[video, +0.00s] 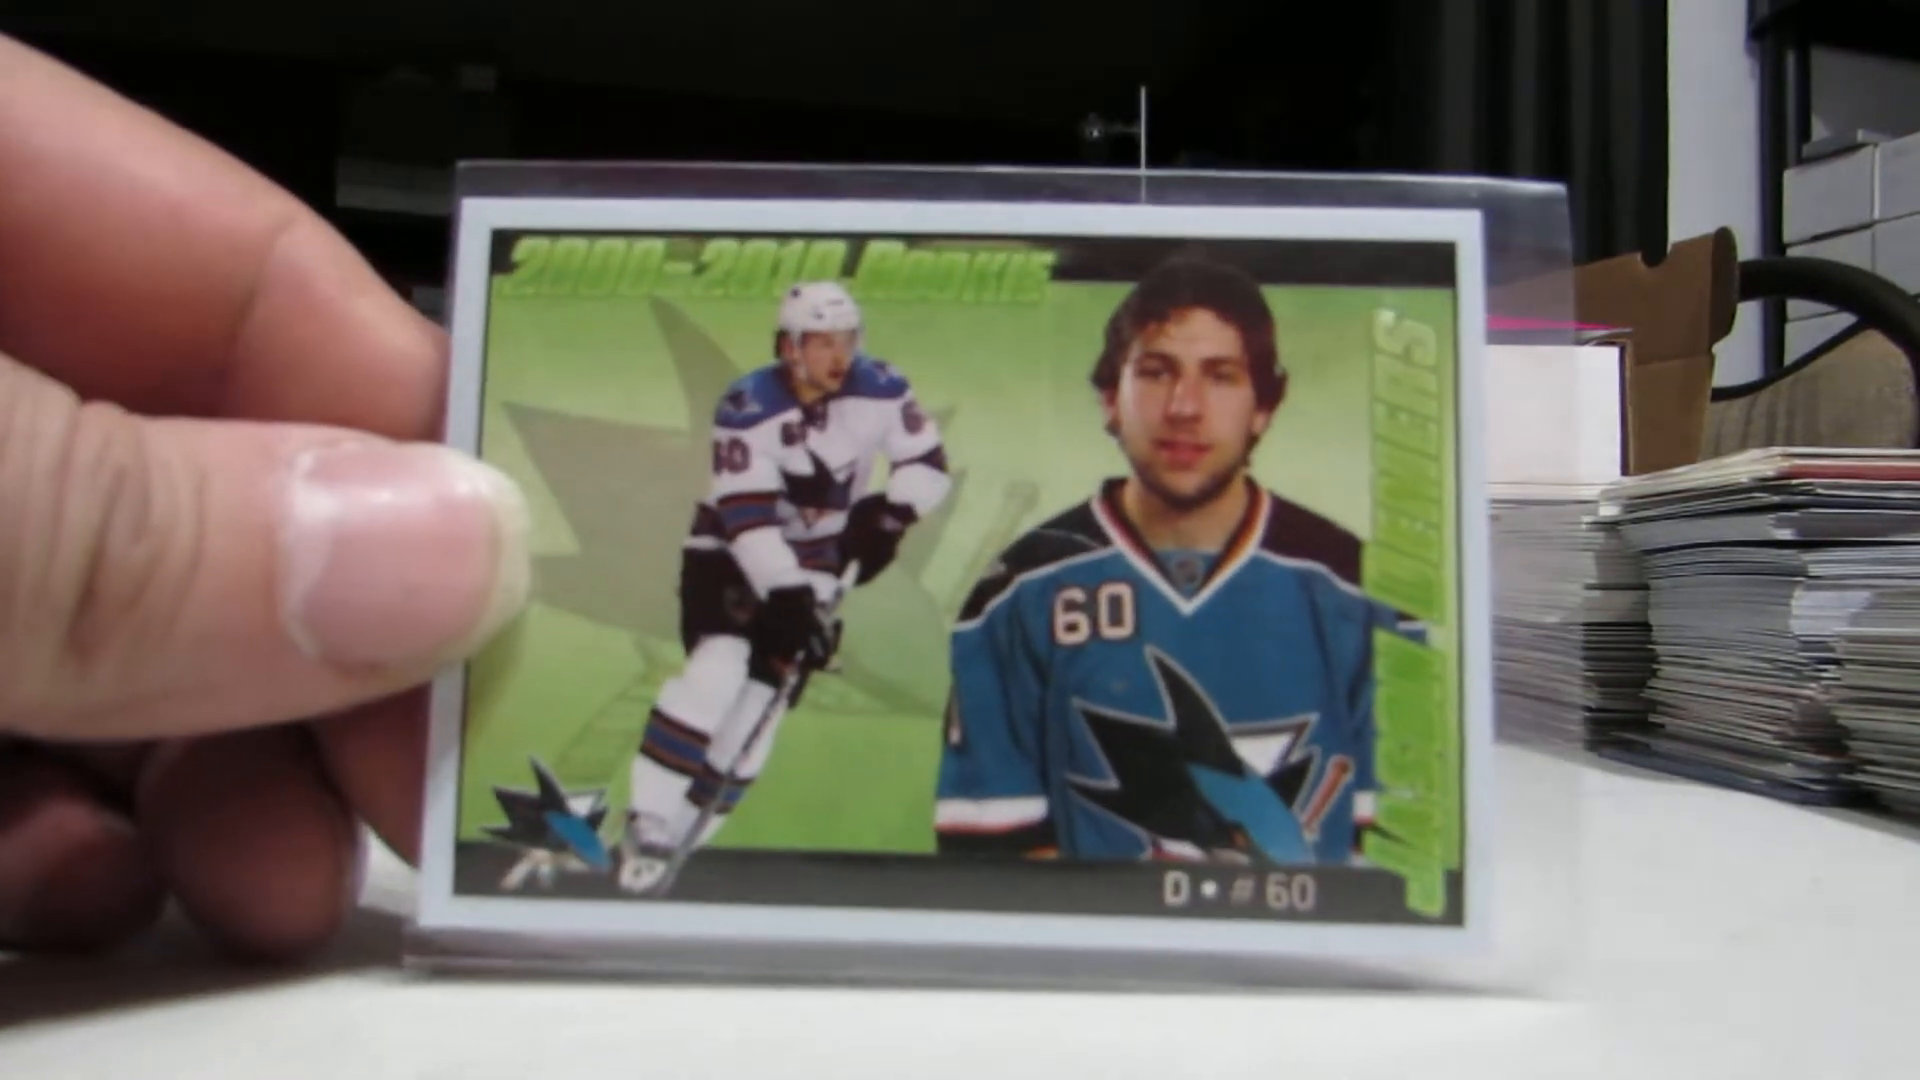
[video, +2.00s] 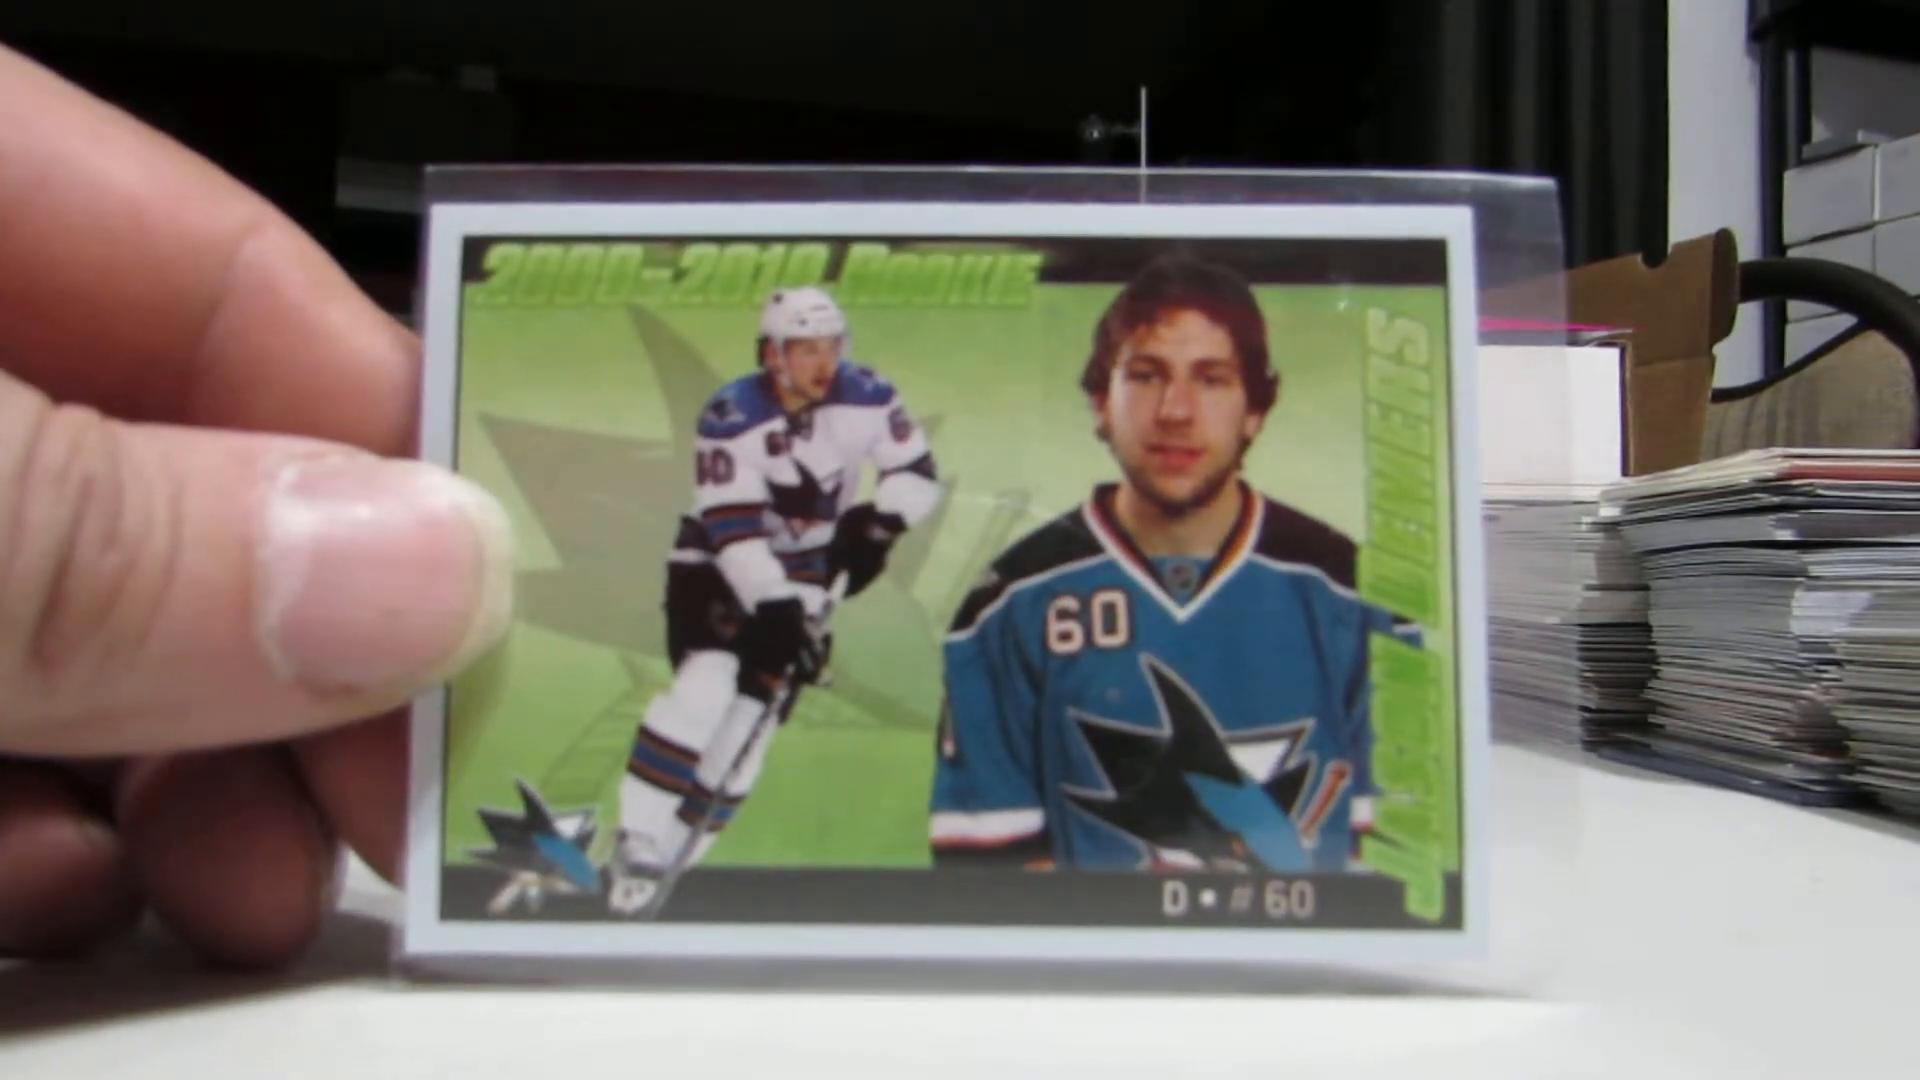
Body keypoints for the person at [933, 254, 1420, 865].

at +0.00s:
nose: (1184, 405)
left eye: (1220, 376)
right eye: (1155, 371)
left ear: (1263, 408)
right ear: (1111, 401)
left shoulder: (1354, 581)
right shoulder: (1022, 592)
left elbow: (1394, 842)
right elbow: (986, 862)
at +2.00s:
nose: (1175, 409)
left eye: (1210, 379)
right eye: (1146, 375)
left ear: (1254, 412)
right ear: (1101, 404)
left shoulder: (1348, 585)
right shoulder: (1015, 600)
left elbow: (1393, 852)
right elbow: (989, 874)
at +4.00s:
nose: (1176, 411)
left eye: (1211, 381)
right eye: (1146, 378)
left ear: (1254, 413)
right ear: (1102, 407)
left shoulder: (1354, 589)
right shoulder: (1017, 604)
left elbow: (1400, 851)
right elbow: (992, 872)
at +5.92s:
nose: (1177, 411)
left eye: (1212, 381)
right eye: (1147, 377)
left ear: (1255, 416)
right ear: (1103, 408)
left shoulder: (1355, 589)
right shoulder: (1017, 605)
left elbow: (1402, 856)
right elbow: (993, 877)